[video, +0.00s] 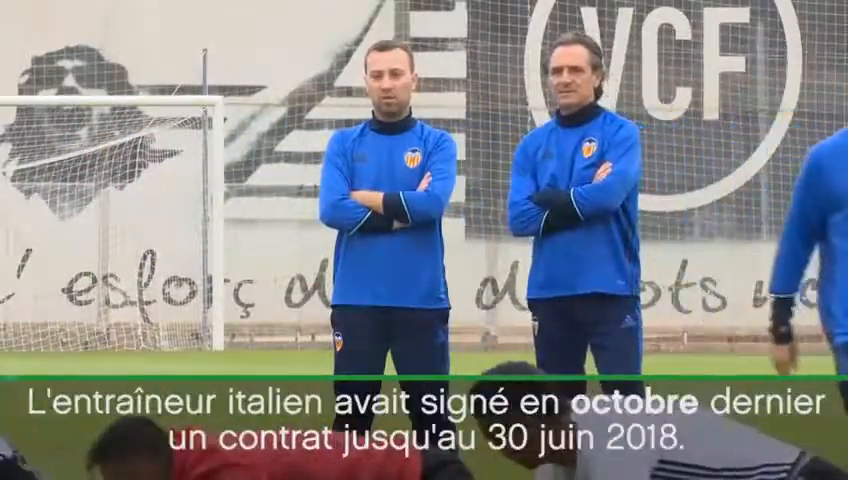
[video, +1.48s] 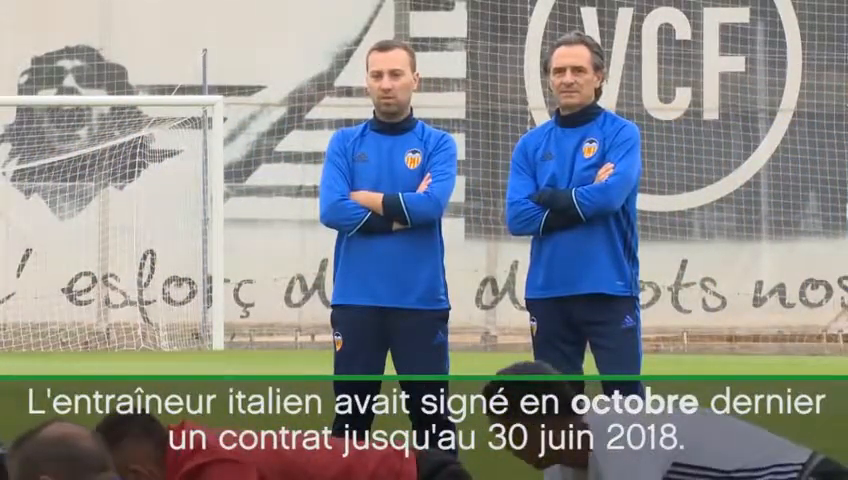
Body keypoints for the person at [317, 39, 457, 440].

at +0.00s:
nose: (386, 84)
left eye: (396, 75)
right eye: (377, 76)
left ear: (414, 81)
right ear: (366, 84)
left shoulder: (438, 142)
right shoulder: (343, 142)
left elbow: (433, 207)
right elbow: (331, 211)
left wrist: (359, 196)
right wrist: (407, 208)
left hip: (421, 301)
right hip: (356, 301)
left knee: (431, 416)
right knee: (351, 418)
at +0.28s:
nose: (386, 84)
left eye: (396, 75)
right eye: (376, 76)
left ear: (414, 82)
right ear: (366, 84)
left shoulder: (438, 142)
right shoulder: (343, 142)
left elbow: (432, 207)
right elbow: (331, 211)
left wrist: (362, 196)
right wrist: (405, 210)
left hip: (421, 299)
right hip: (357, 299)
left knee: (431, 414)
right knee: (351, 415)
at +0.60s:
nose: (385, 84)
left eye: (395, 75)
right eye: (376, 76)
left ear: (415, 82)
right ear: (367, 84)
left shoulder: (438, 142)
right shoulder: (343, 141)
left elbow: (431, 207)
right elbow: (331, 211)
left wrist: (363, 196)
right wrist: (404, 211)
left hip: (421, 299)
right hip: (357, 299)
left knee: (431, 415)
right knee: (351, 415)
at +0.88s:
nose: (386, 85)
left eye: (396, 75)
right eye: (377, 76)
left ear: (415, 81)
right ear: (367, 84)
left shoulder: (438, 142)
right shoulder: (344, 141)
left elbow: (432, 207)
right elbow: (331, 210)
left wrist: (362, 197)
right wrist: (403, 213)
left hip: (421, 301)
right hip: (356, 300)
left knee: (431, 416)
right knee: (351, 416)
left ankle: (439, 479)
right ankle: (344, 479)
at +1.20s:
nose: (386, 85)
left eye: (396, 75)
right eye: (377, 76)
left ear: (416, 81)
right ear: (367, 84)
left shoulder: (438, 142)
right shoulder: (344, 141)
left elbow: (431, 208)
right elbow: (331, 210)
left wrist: (360, 196)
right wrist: (403, 214)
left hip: (421, 301)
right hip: (356, 301)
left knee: (431, 416)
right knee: (351, 415)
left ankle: (440, 478)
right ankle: (345, 479)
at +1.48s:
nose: (386, 84)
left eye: (396, 75)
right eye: (377, 76)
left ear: (415, 81)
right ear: (367, 84)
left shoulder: (438, 142)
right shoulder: (344, 141)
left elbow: (431, 208)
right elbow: (331, 210)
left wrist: (361, 196)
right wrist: (402, 215)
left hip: (420, 301)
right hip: (356, 301)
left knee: (431, 416)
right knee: (351, 415)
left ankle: (439, 478)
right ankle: (346, 478)